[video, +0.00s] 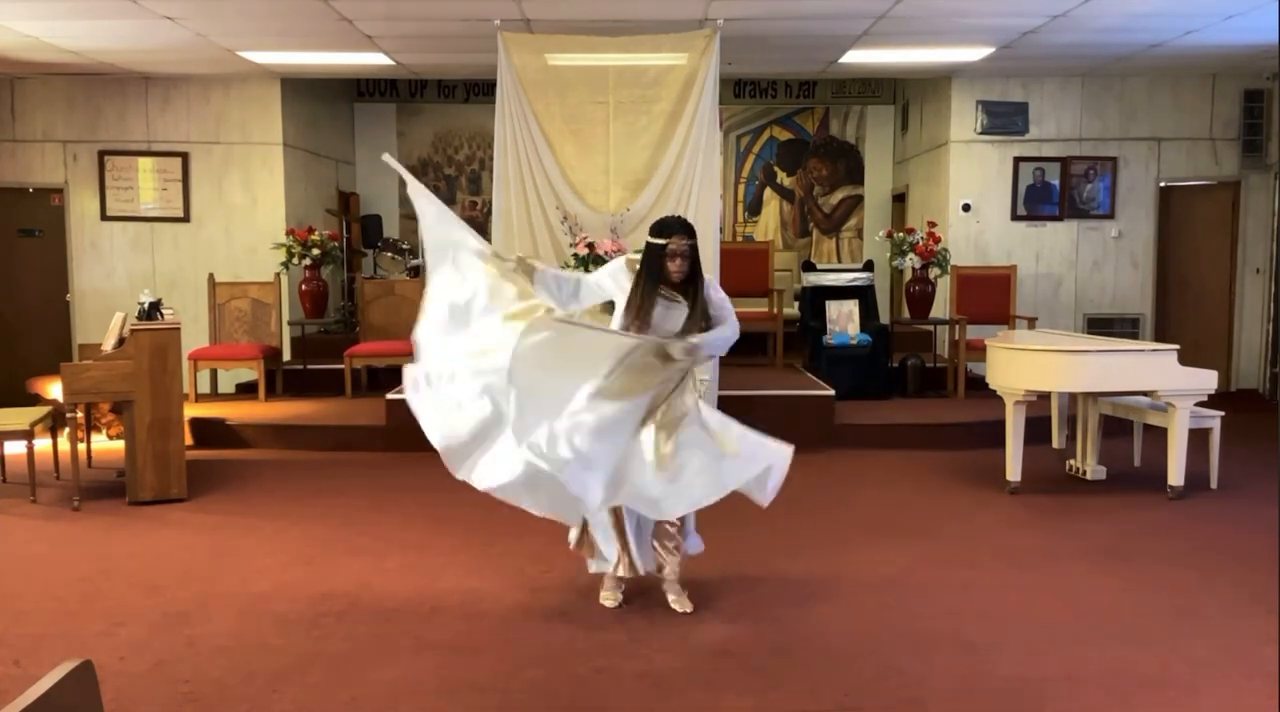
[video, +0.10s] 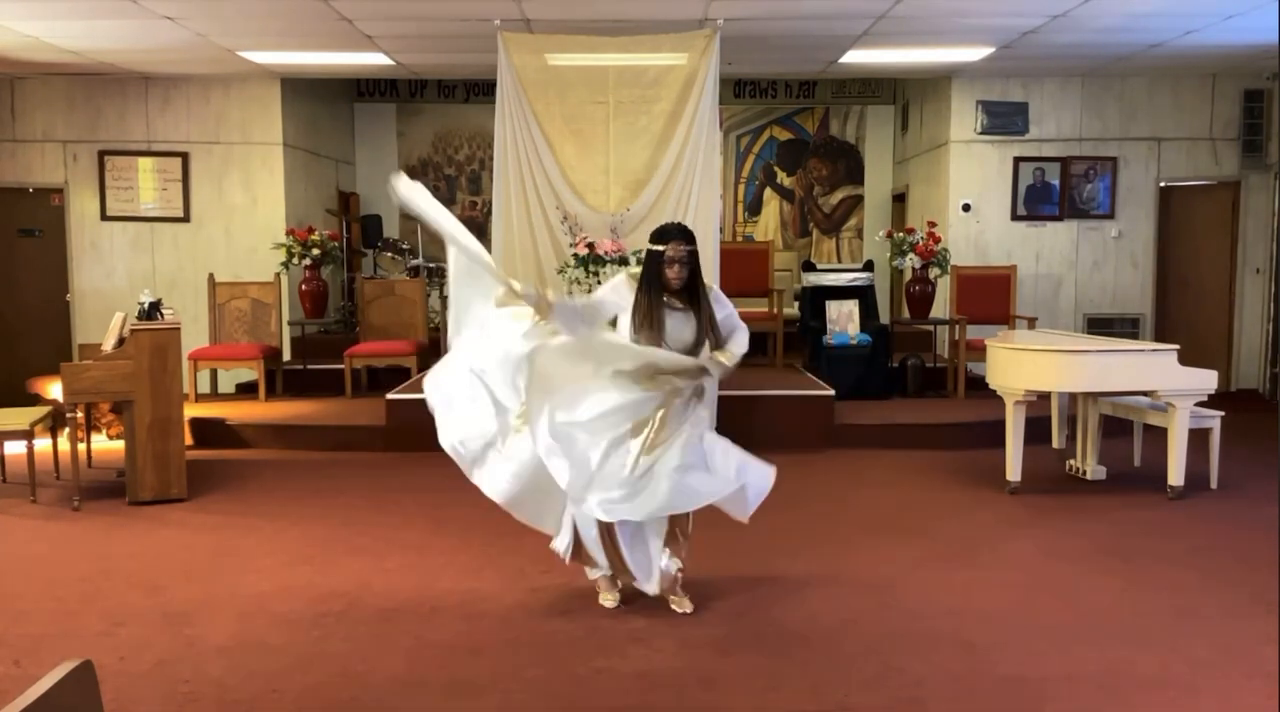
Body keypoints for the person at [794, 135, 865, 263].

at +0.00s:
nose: (815, 176)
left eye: (821, 170)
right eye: (812, 171)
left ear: (839, 166)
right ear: (808, 172)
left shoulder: (854, 193)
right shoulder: (819, 195)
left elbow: (828, 227)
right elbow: (800, 233)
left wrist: (808, 197)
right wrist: (798, 197)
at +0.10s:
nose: (815, 176)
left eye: (821, 170)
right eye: (812, 171)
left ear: (840, 166)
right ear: (808, 172)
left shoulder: (854, 193)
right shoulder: (819, 194)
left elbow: (828, 227)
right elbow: (800, 233)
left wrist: (807, 196)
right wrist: (798, 198)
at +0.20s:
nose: (815, 176)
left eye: (821, 170)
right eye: (812, 171)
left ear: (840, 166)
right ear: (808, 172)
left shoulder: (854, 193)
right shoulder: (819, 194)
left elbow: (828, 227)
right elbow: (800, 233)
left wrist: (807, 196)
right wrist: (798, 198)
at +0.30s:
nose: (815, 176)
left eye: (820, 170)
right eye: (812, 171)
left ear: (839, 166)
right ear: (808, 173)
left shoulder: (854, 193)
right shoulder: (819, 195)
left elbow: (828, 226)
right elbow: (799, 232)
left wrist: (808, 196)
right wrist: (799, 197)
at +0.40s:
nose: (815, 176)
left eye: (821, 170)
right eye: (812, 171)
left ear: (839, 166)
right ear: (808, 172)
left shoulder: (854, 193)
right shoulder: (819, 195)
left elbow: (828, 227)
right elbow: (799, 233)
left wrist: (808, 197)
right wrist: (799, 197)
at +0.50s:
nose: (815, 176)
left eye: (821, 170)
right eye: (812, 171)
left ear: (839, 166)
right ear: (808, 172)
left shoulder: (854, 193)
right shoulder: (819, 195)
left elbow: (828, 227)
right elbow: (799, 233)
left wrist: (808, 197)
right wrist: (799, 197)